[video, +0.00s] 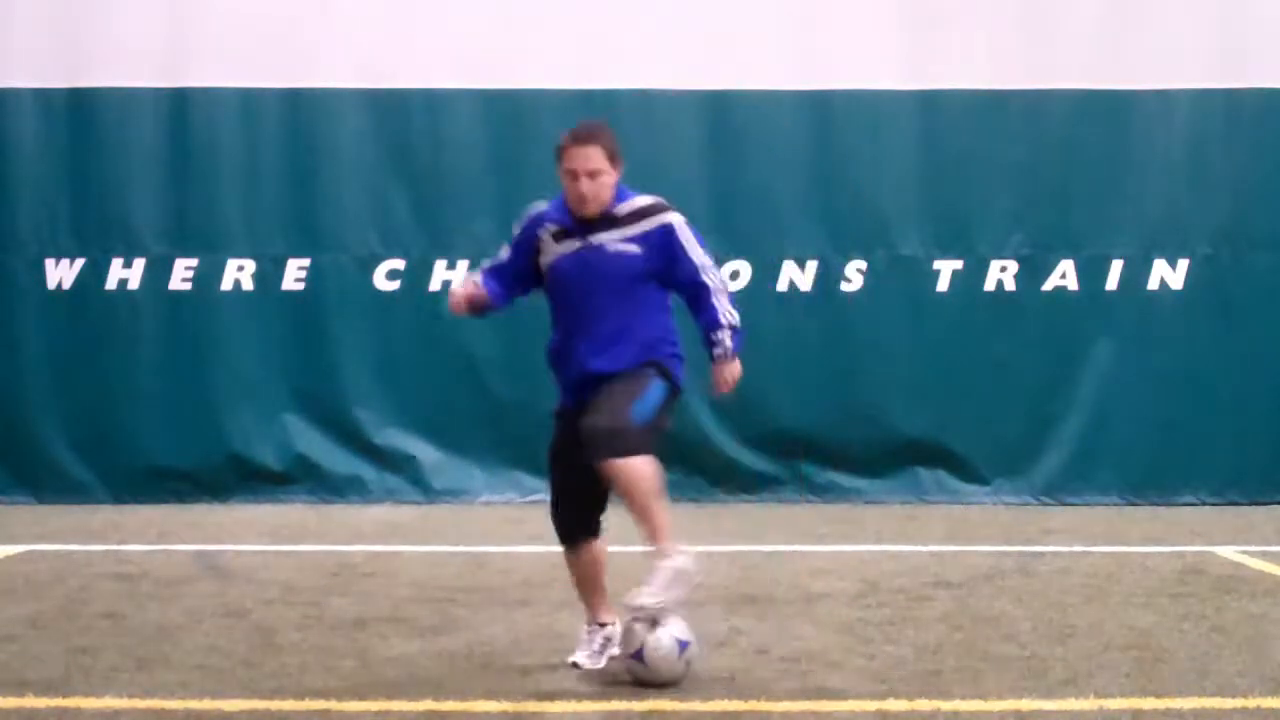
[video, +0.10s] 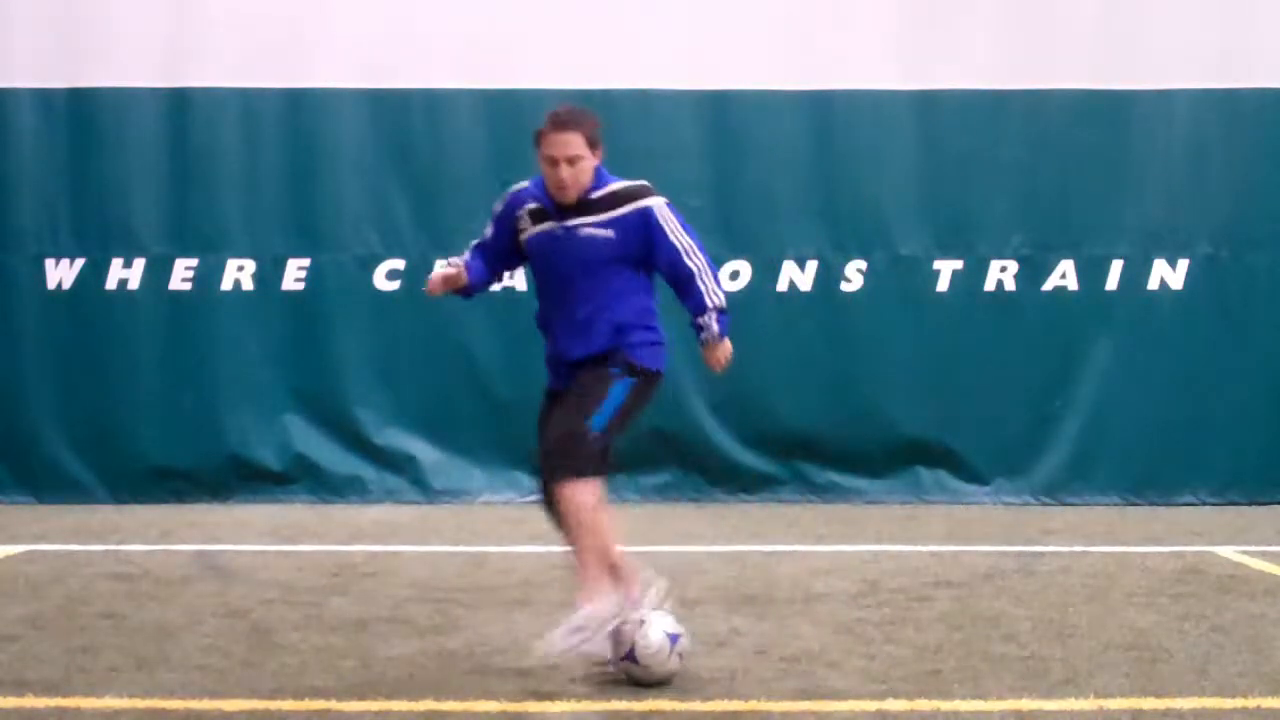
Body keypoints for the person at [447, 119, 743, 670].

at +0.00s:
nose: (582, 187)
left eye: (593, 175)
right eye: (572, 176)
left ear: (616, 173)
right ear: (560, 177)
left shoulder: (654, 219)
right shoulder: (544, 228)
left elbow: (704, 281)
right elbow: (512, 273)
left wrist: (724, 346)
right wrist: (479, 291)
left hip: (646, 369)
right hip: (582, 385)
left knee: (610, 435)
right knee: (573, 518)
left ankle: (670, 556)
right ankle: (602, 624)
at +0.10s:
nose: (562, 174)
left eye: (572, 161)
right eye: (551, 162)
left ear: (595, 158)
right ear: (538, 162)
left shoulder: (635, 201)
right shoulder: (523, 207)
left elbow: (688, 261)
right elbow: (493, 255)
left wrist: (712, 325)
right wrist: (463, 274)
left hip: (626, 357)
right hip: (568, 366)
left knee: (569, 452)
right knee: (557, 489)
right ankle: (633, 587)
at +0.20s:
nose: (543, 195)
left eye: (555, 182)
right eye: (533, 182)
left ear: (578, 176)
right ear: (520, 178)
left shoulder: (616, 226)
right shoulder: (508, 221)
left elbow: (675, 281)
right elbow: (482, 268)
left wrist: (703, 355)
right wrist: (450, 293)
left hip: (604, 385)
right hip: (549, 385)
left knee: (546, 502)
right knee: (536, 507)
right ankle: (657, 529)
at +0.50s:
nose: (541, 199)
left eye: (553, 187)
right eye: (531, 187)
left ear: (577, 181)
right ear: (517, 183)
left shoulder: (615, 227)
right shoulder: (504, 230)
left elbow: (682, 282)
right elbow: (488, 290)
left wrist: (690, 352)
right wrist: (465, 338)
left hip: (602, 403)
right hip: (541, 403)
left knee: (552, 520)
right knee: (521, 513)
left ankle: (526, 655)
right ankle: (642, 528)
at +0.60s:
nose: (560, 183)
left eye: (571, 171)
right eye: (549, 172)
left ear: (592, 169)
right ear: (533, 171)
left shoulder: (628, 215)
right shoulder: (515, 221)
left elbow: (682, 267)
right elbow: (503, 282)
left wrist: (697, 349)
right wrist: (495, 342)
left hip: (621, 380)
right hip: (558, 382)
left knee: (596, 484)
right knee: (552, 497)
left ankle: (582, 618)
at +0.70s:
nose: (584, 196)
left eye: (595, 184)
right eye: (573, 185)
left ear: (616, 185)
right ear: (559, 186)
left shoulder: (650, 236)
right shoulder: (537, 237)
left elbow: (702, 302)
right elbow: (512, 295)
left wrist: (706, 357)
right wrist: (490, 354)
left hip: (643, 394)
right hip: (572, 398)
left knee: (662, 496)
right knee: (559, 524)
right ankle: (584, 634)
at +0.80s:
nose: (624, 174)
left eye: (634, 163)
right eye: (613, 163)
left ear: (651, 162)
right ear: (594, 164)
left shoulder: (682, 212)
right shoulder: (567, 214)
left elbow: (732, 274)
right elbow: (530, 268)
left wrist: (725, 314)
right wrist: (494, 317)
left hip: (666, 381)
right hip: (590, 388)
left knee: (712, 476)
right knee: (572, 517)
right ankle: (579, 630)